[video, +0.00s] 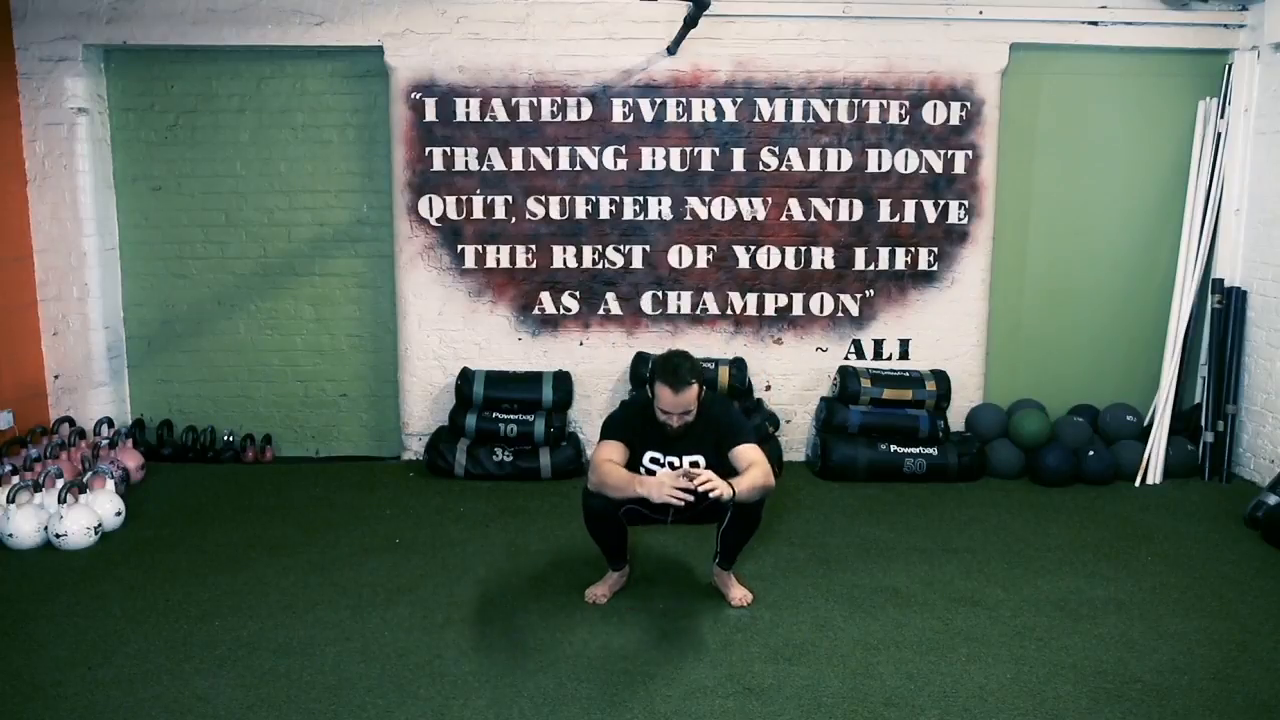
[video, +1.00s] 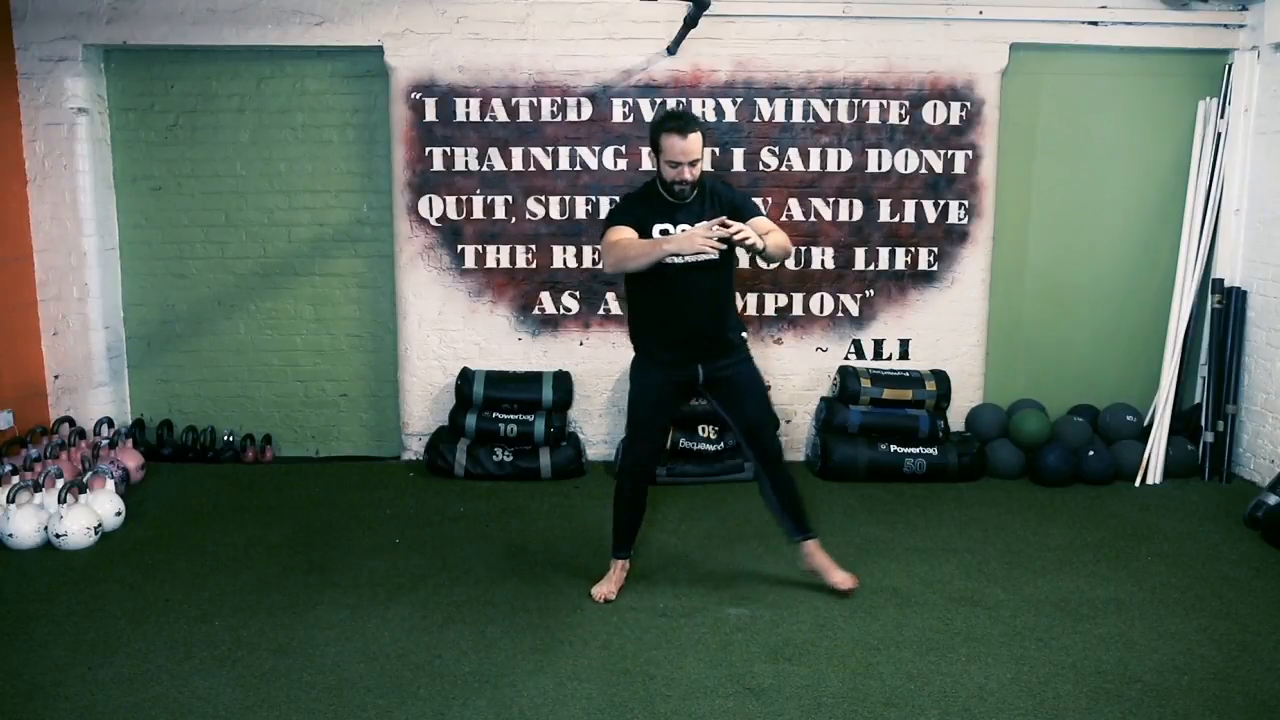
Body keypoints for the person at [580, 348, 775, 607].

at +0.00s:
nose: (675, 422)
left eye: (686, 413)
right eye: (665, 413)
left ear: (700, 394)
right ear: (651, 395)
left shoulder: (720, 412)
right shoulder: (631, 413)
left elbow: (763, 475)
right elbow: (599, 473)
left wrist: (730, 487)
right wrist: (645, 485)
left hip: (702, 503)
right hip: (645, 503)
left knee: (751, 498)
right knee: (596, 501)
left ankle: (723, 571)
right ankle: (618, 569)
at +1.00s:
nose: (684, 174)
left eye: (692, 163)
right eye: (674, 164)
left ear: (704, 155)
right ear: (656, 158)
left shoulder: (721, 194)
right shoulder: (637, 203)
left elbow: (782, 246)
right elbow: (612, 257)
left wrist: (759, 241)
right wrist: (674, 242)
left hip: (725, 350)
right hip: (659, 355)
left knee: (766, 443)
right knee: (638, 457)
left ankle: (809, 547)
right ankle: (619, 561)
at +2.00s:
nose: (933, 411)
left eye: (943, 403)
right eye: (925, 401)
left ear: (959, 390)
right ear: (909, 382)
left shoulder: (971, 410)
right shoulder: (883, 399)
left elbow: (1034, 463)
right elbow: (860, 456)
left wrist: (1013, 449)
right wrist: (932, 452)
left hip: (913, 496)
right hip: (852, 494)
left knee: (991, 501)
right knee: (755, 537)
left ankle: (931, 574)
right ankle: (643, 572)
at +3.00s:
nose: (703, 173)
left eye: (714, 164)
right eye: (695, 163)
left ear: (728, 158)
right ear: (680, 155)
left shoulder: (742, 200)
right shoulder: (656, 197)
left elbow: (799, 239)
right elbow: (623, 235)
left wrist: (766, 213)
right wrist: (691, 207)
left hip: (733, 352)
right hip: (669, 352)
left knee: (756, 449)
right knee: (644, 454)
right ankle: (622, 560)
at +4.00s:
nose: (666, 403)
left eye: (677, 394)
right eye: (657, 394)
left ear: (691, 377)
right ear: (641, 377)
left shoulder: (709, 397)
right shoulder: (624, 396)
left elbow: (757, 459)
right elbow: (588, 457)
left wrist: (726, 464)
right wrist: (638, 460)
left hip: (694, 485)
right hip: (638, 485)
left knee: (743, 492)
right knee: (591, 497)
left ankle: (714, 569)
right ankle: (616, 568)